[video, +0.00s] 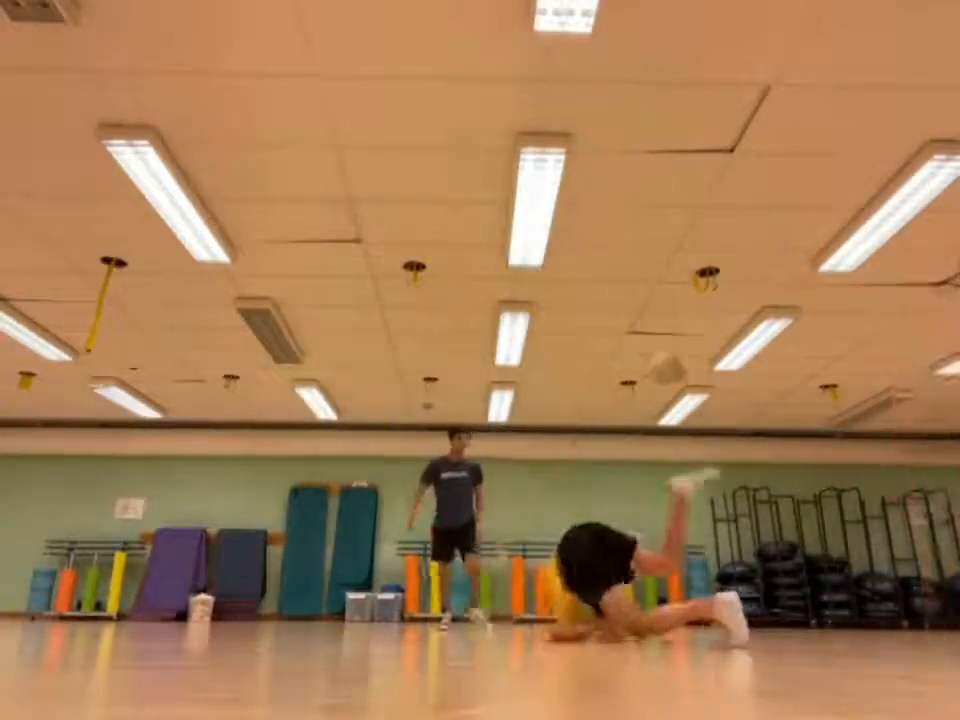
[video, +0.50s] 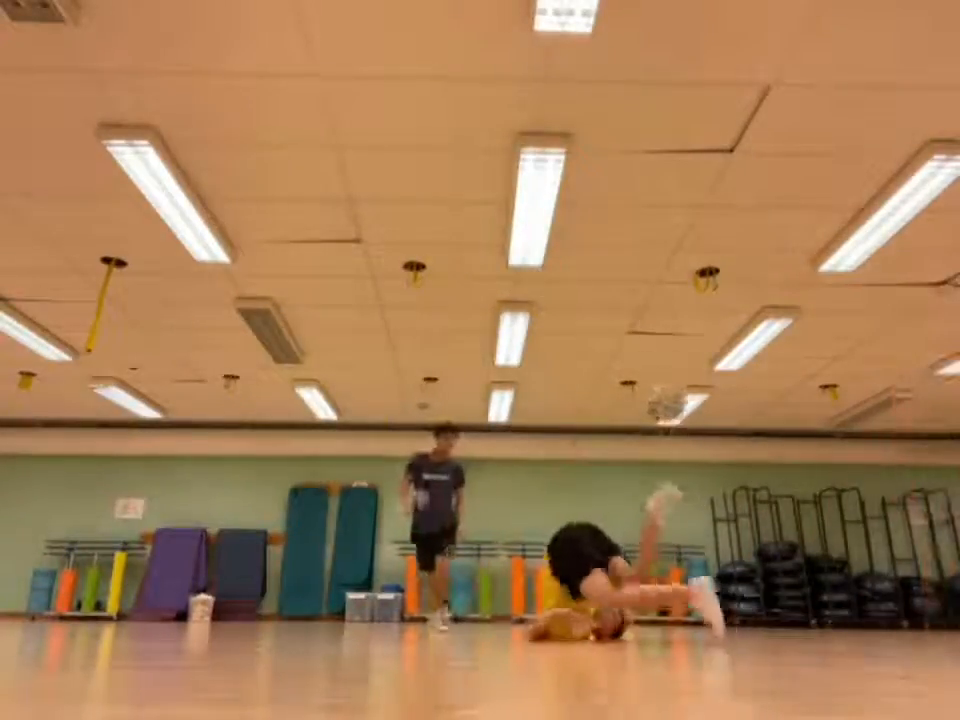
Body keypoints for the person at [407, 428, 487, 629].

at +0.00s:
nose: (462, 444)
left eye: (465, 440)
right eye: (459, 439)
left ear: (469, 442)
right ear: (451, 441)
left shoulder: (473, 469)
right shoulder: (437, 466)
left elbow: (479, 494)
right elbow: (421, 490)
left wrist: (479, 517)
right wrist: (413, 514)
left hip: (467, 523)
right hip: (443, 525)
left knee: (474, 565)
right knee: (444, 568)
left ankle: (474, 607)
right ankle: (446, 611)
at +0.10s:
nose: (454, 444)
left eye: (457, 440)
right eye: (450, 440)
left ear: (461, 442)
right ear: (445, 442)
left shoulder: (469, 468)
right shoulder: (432, 466)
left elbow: (474, 495)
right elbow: (417, 489)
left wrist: (474, 520)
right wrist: (411, 511)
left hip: (462, 523)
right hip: (439, 525)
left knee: (468, 564)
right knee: (441, 569)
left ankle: (468, 608)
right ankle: (445, 611)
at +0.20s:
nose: (452, 445)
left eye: (455, 440)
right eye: (448, 440)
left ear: (460, 443)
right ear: (442, 442)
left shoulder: (466, 468)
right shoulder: (429, 465)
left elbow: (472, 494)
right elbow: (415, 486)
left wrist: (471, 519)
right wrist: (414, 508)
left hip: (459, 523)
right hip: (435, 524)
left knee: (460, 563)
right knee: (439, 570)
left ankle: (456, 610)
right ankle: (444, 612)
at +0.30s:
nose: (451, 444)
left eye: (455, 440)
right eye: (448, 439)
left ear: (459, 443)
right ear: (441, 441)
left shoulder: (463, 469)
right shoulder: (426, 465)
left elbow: (468, 496)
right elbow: (412, 487)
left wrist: (467, 520)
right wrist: (414, 505)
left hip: (455, 522)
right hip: (431, 523)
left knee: (452, 560)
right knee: (437, 569)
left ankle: (448, 609)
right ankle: (443, 610)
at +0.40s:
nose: (450, 445)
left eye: (453, 440)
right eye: (447, 440)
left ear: (457, 443)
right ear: (439, 440)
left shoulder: (459, 469)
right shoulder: (423, 465)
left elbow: (465, 496)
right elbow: (409, 487)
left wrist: (462, 518)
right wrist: (412, 506)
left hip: (451, 521)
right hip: (428, 521)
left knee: (447, 562)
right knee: (433, 569)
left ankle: (444, 609)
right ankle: (442, 609)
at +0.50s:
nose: (450, 446)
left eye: (452, 441)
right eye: (446, 441)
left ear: (454, 443)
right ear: (437, 440)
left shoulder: (454, 468)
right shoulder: (419, 462)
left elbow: (460, 496)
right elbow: (405, 484)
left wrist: (458, 520)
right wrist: (407, 502)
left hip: (445, 522)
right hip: (423, 522)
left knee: (443, 565)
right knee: (428, 571)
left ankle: (444, 607)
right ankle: (434, 611)